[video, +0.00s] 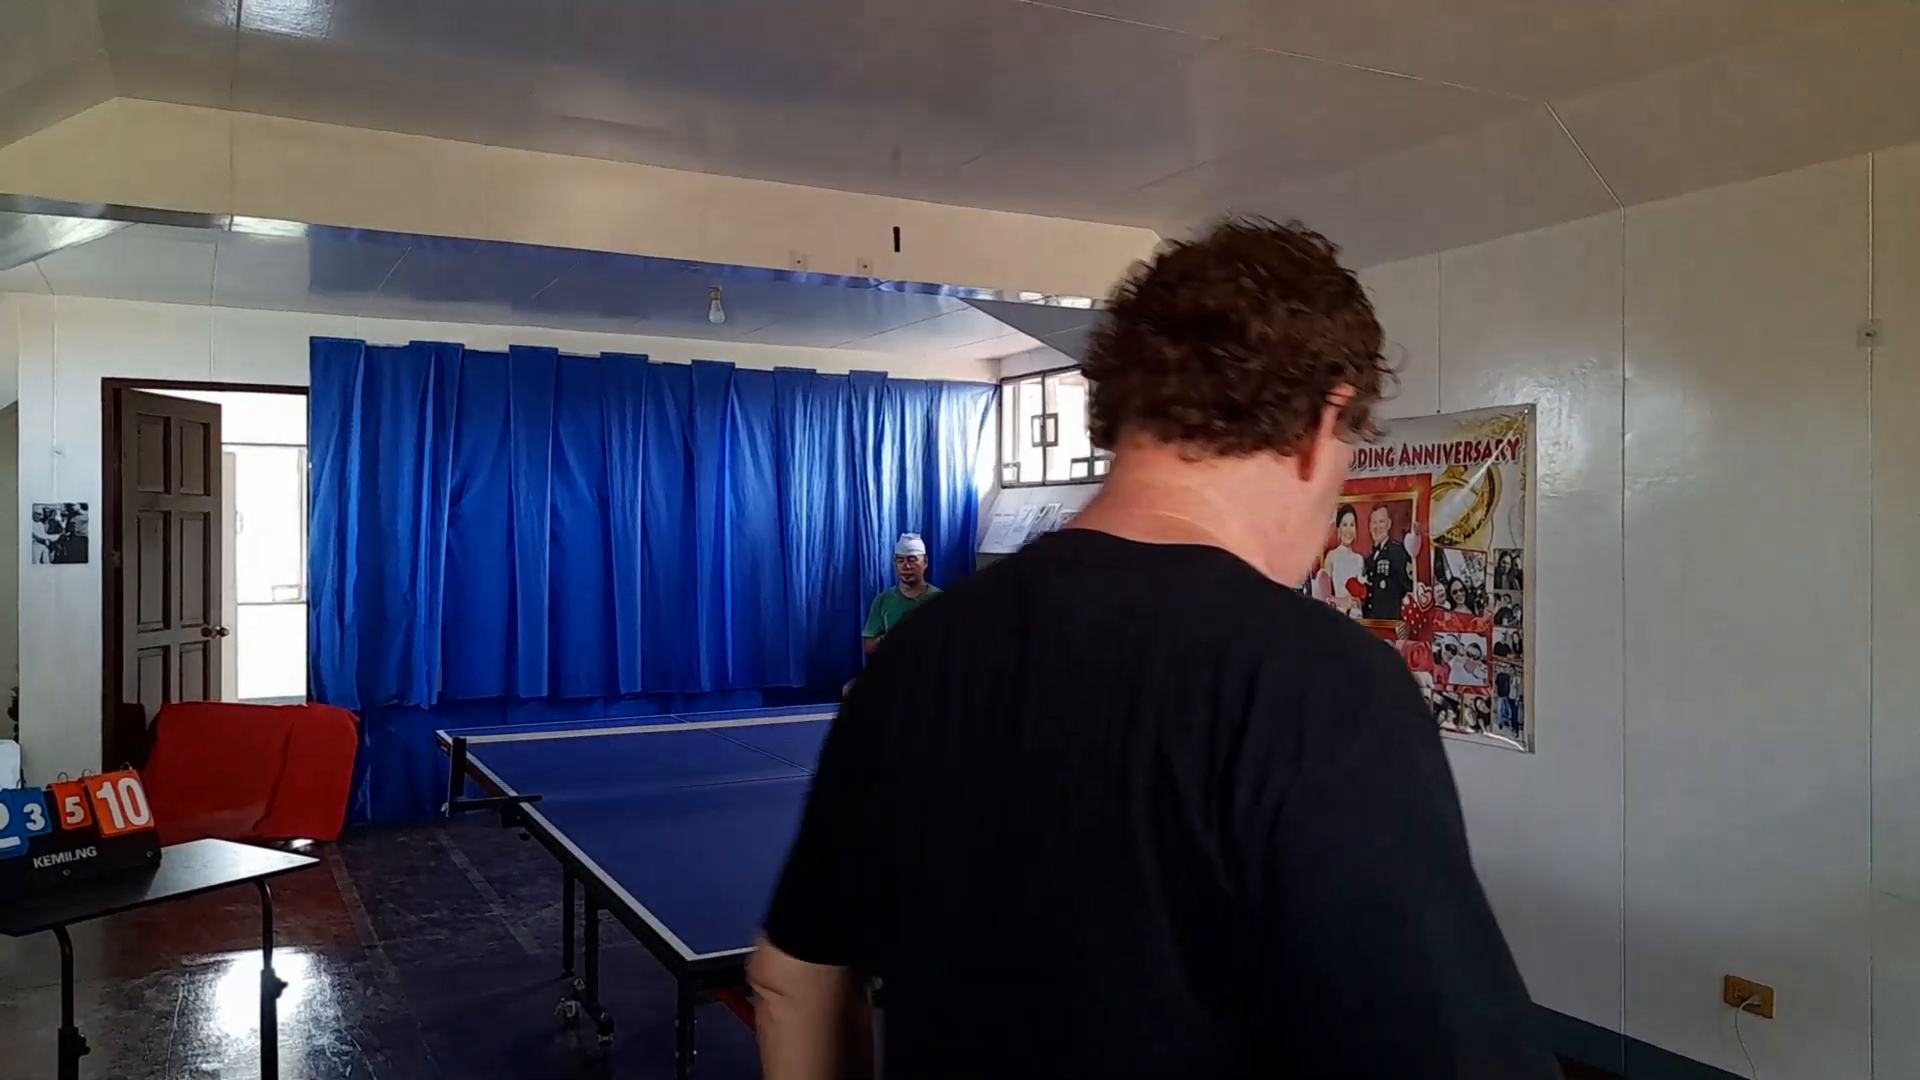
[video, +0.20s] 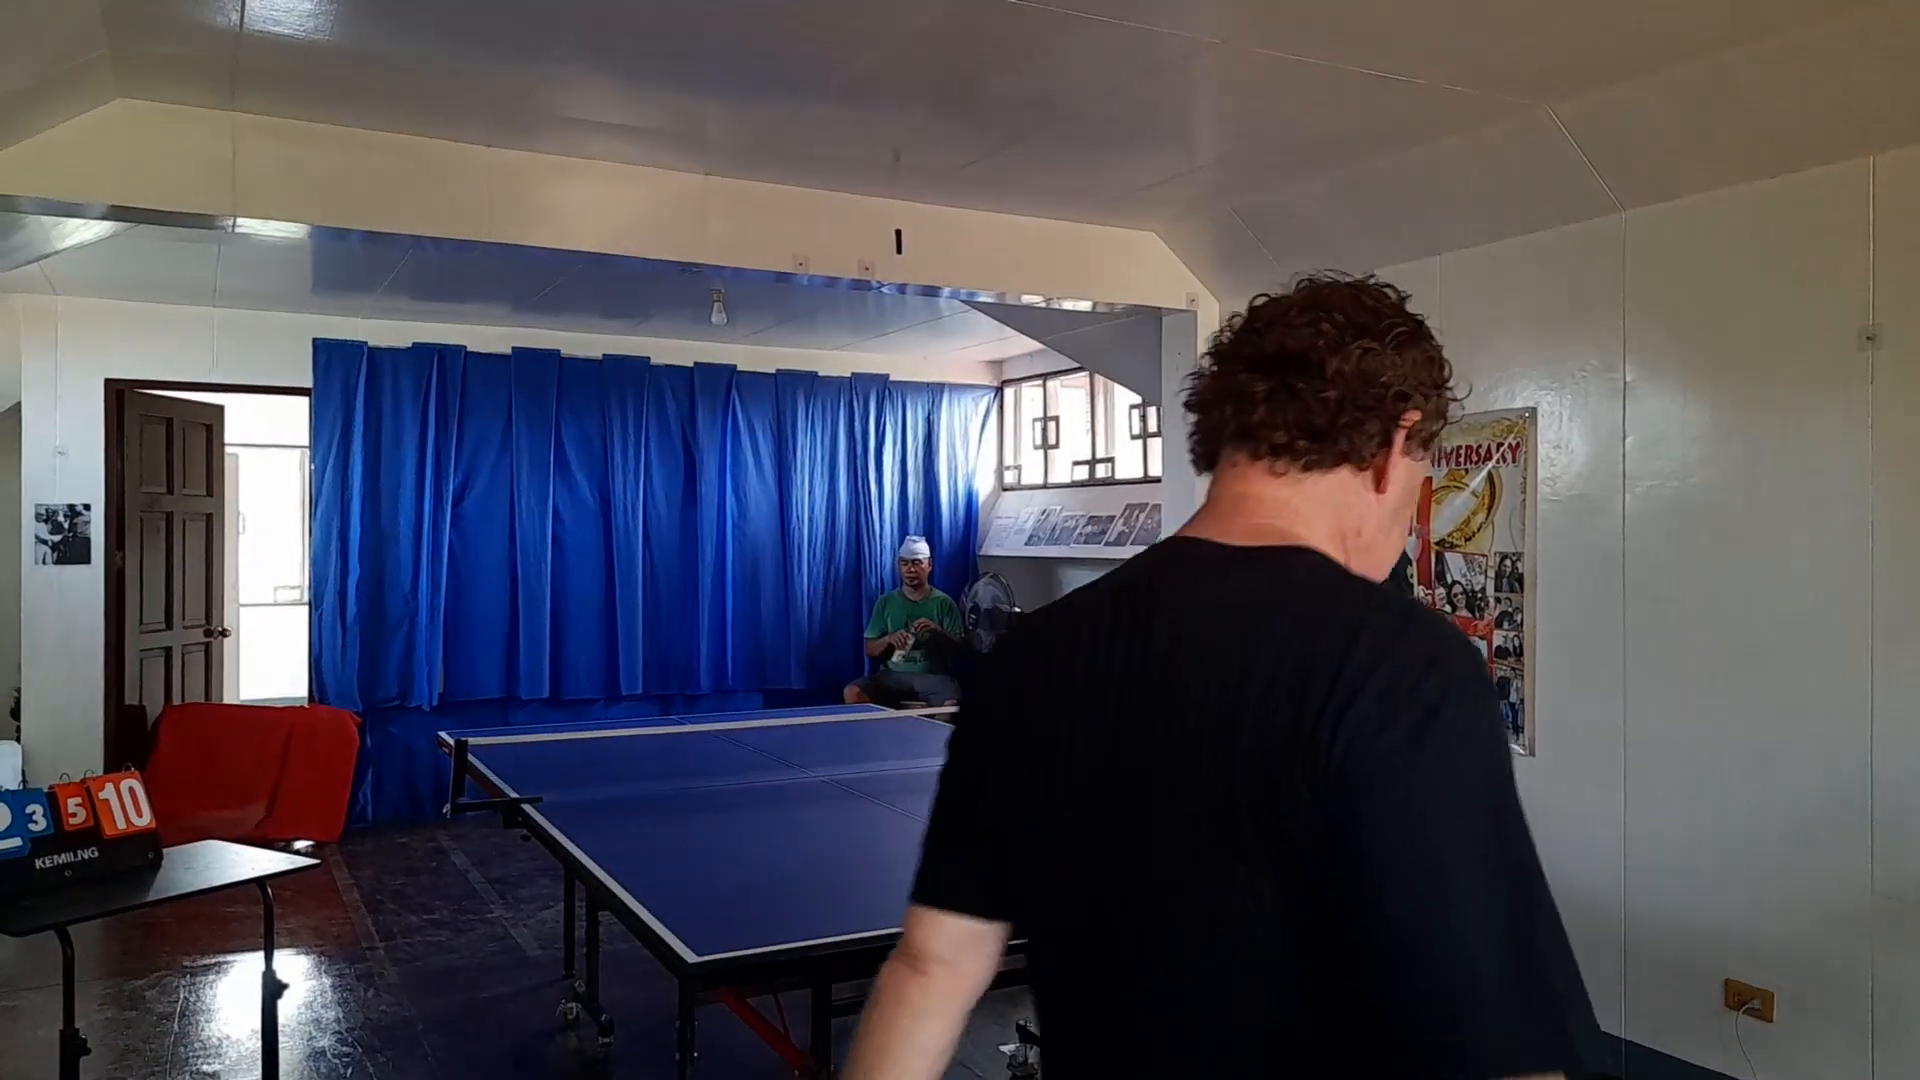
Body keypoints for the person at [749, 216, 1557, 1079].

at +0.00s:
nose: (1343, 490)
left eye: (1351, 448)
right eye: (1352, 443)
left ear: (1126, 406)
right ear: (1320, 429)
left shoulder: (928, 643)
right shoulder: (1320, 677)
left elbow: (796, 976)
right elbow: (1451, 1039)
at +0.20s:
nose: (1408, 525)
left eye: (1421, 483)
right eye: (1421, 475)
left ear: (1228, 433)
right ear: (1394, 444)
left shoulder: (1038, 653)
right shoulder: (1403, 665)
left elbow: (935, 963)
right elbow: (1505, 1035)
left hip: (1110, 1063)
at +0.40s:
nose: (1471, 510)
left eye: (1484, 472)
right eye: (1483, 467)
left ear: (1302, 427)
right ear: (1457, 433)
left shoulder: (1143, 616)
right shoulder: (1457, 628)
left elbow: (1061, 908)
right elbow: (1492, 1027)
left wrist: (1035, 1069)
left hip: (1179, 1060)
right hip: (1389, 1065)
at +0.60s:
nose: (1550, 522)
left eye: (1564, 486)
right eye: (1563, 482)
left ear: (1392, 435)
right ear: (1538, 444)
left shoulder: (1241, 601)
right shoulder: (1533, 626)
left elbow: (1216, 872)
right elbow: (1545, 994)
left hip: (1266, 1052)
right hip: (1465, 1057)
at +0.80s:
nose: (1670, 521)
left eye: (1682, 489)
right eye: (1682, 485)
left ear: (1505, 453)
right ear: (1657, 462)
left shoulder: (1367, 608)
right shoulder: (1670, 655)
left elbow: (1333, 847)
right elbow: (1683, 1004)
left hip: (1384, 1057)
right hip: (1585, 1062)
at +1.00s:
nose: (1804, 502)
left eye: (1816, 478)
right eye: (1816, 474)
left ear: (1642, 446)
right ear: (1799, 461)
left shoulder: (1489, 602)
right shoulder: (1830, 652)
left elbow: (1425, 850)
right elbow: (1865, 987)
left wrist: (1461, 1001)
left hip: (1530, 1055)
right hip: (1751, 1063)